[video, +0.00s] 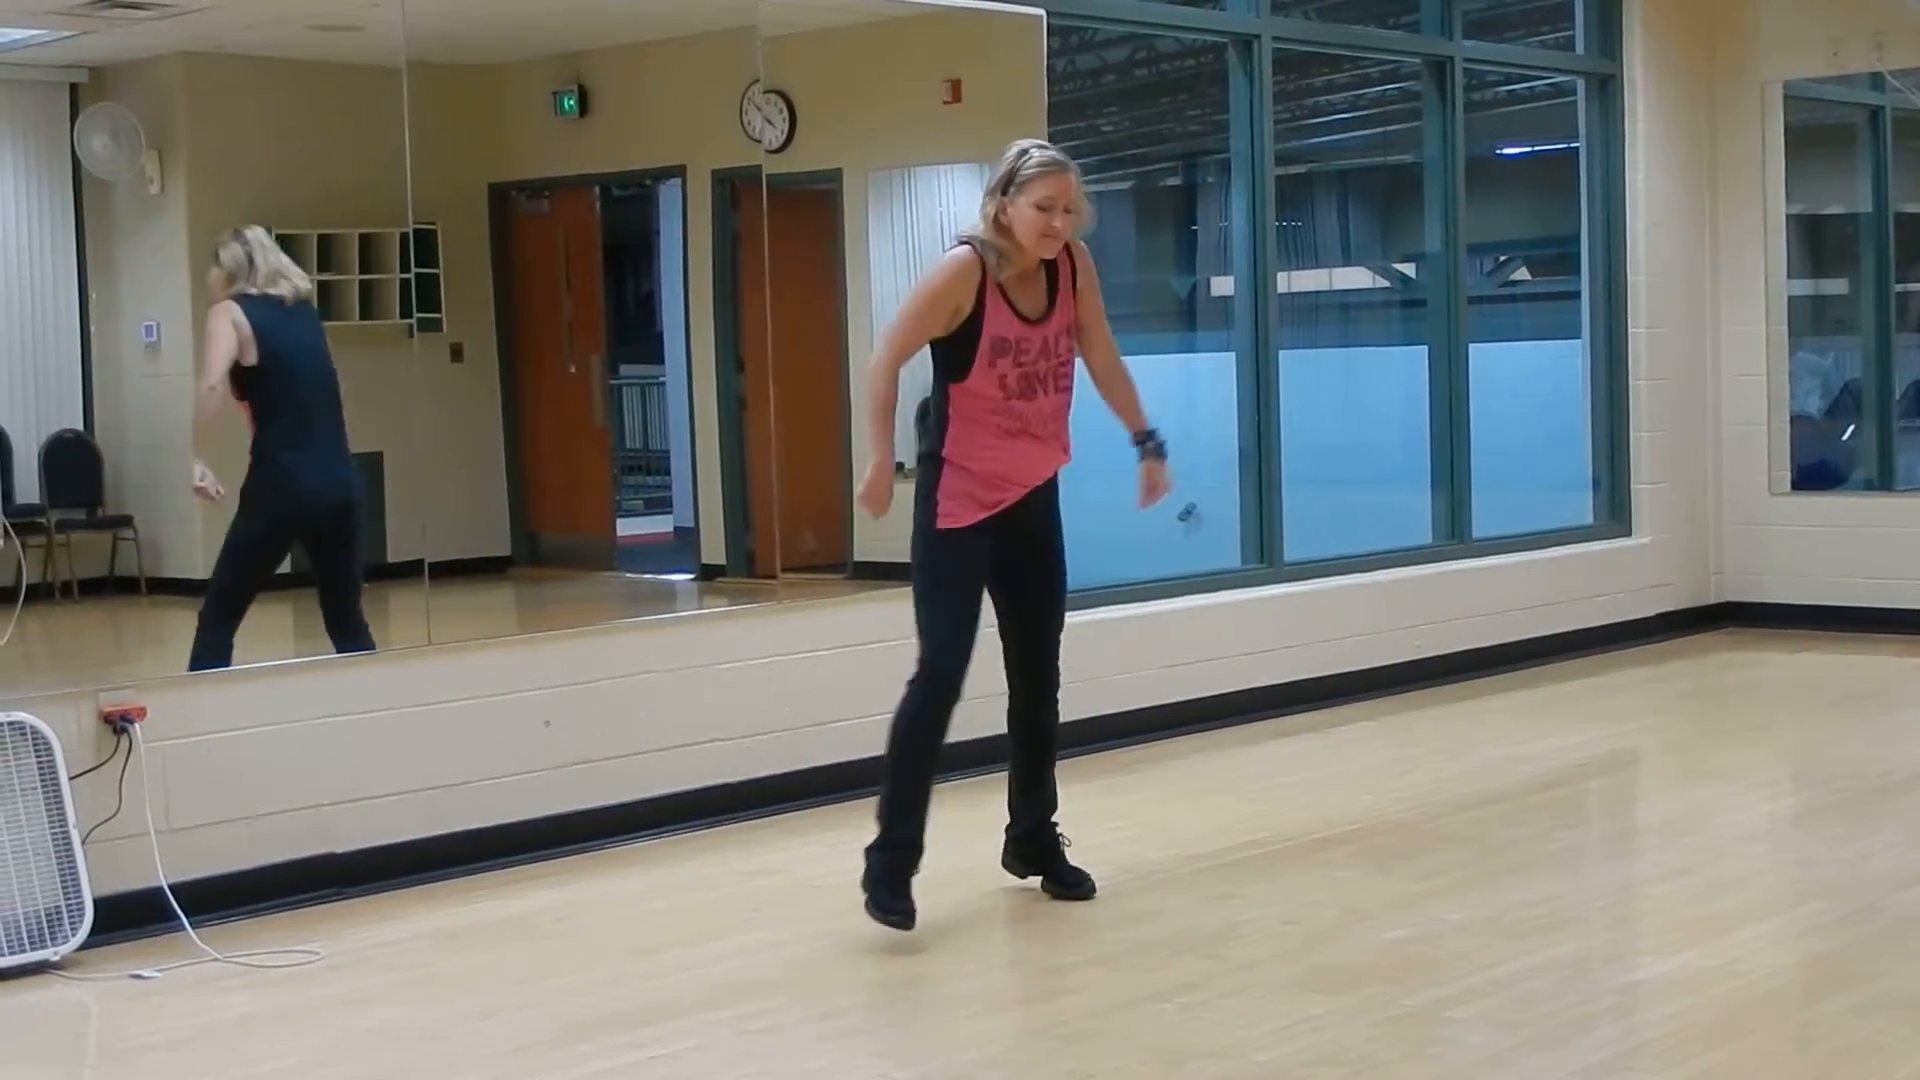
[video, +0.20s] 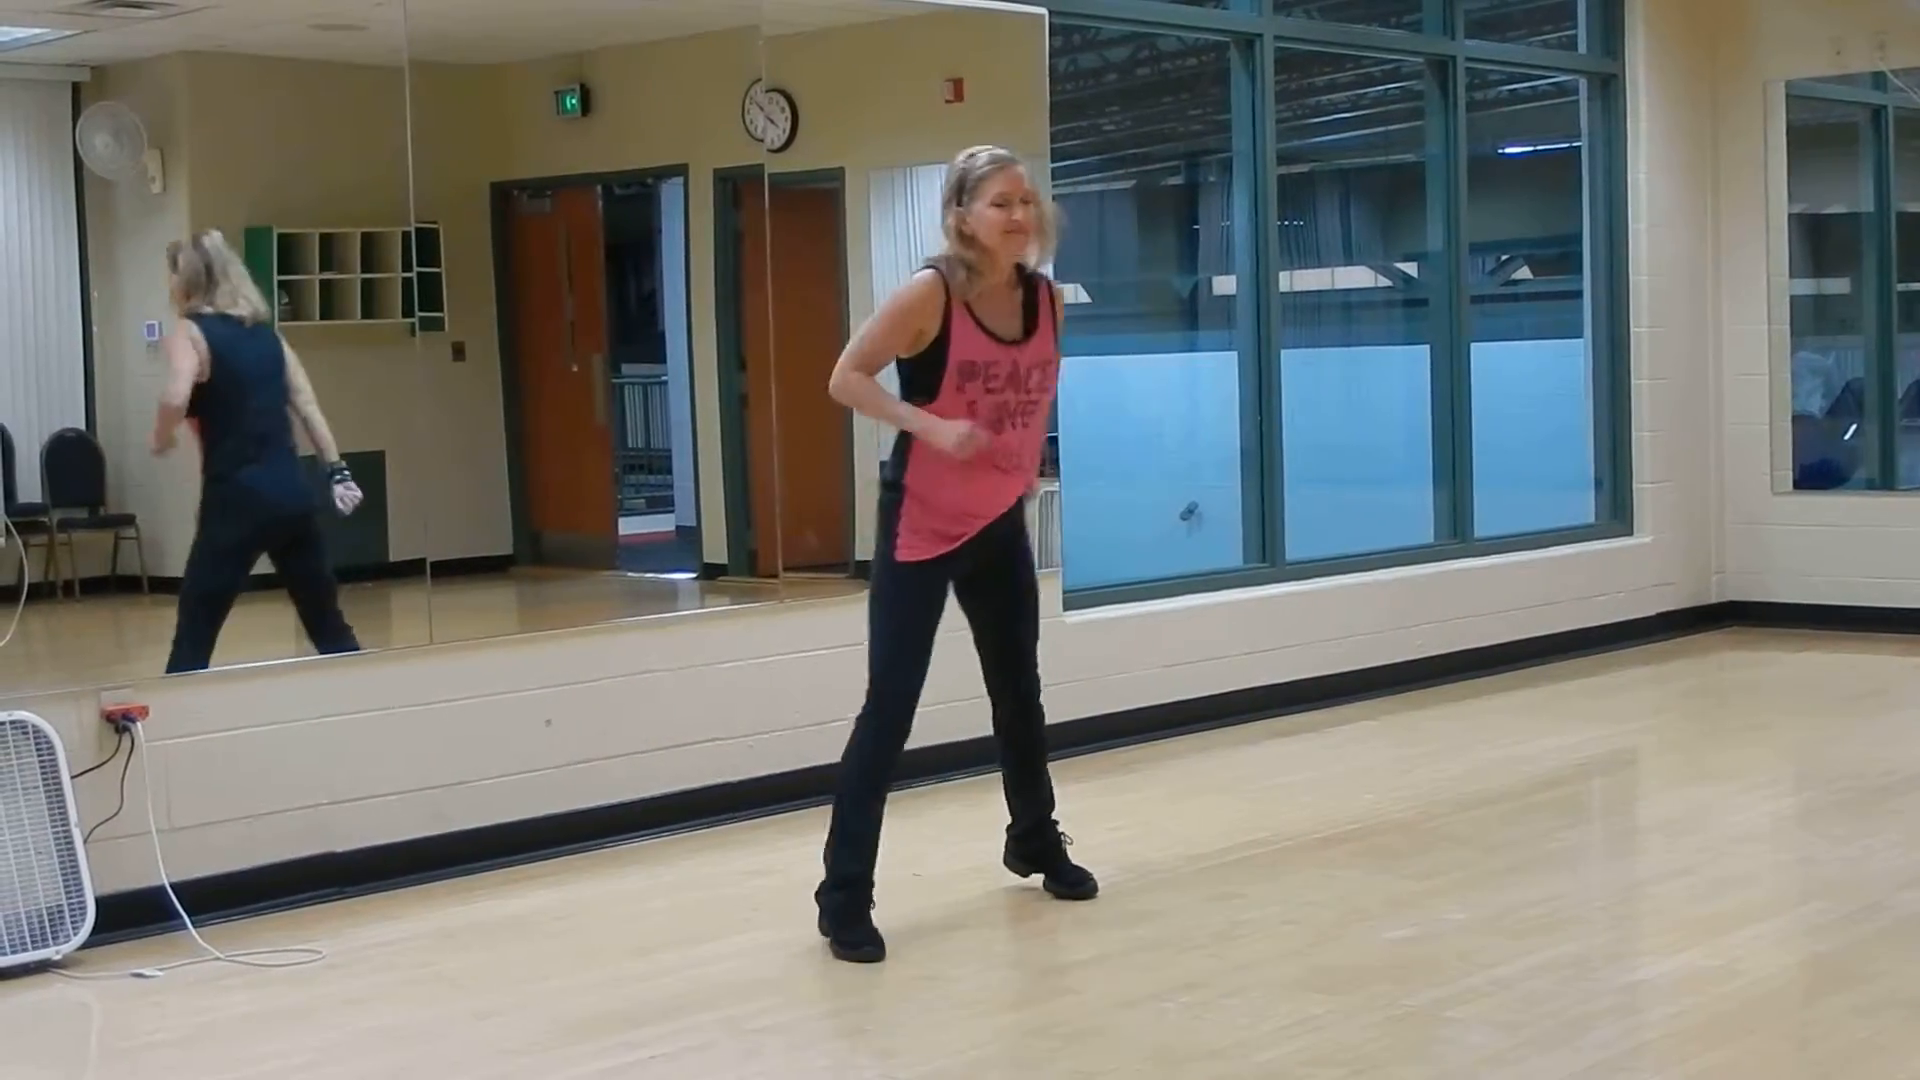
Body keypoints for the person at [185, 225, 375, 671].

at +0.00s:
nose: (212, 282)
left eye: (216, 273)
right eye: (212, 273)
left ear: (230, 271)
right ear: (274, 266)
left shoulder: (230, 311)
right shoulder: (305, 313)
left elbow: (214, 387)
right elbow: (320, 391)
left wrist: (198, 457)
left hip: (279, 488)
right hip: (337, 484)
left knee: (218, 620)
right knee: (347, 621)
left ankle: (199, 731)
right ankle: (384, 725)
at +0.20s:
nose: (170, 286)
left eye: (173, 275)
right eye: (171, 275)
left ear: (190, 278)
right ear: (228, 275)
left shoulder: (190, 332)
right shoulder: (269, 336)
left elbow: (176, 398)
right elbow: (306, 403)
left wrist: (162, 438)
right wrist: (336, 467)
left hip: (235, 501)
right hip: (291, 493)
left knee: (196, 630)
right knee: (325, 619)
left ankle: (171, 734)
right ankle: (373, 715)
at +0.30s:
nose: (148, 282)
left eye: (152, 273)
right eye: (150, 273)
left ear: (162, 280)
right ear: (210, 275)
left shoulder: (159, 339)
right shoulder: (243, 339)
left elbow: (145, 427)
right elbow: (287, 396)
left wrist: (107, 434)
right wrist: (309, 465)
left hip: (200, 505)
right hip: (260, 499)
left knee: (168, 643)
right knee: (293, 627)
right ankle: (357, 709)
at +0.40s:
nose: (125, 285)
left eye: (129, 276)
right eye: (127, 275)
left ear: (142, 281)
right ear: (189, 276)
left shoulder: (134, 343)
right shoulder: (225, 335)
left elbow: (110, 434)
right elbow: (280, 393)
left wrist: (66, 460)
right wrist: (276, 470)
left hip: (171, 511)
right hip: (233, 505)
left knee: (148, 649)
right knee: (233, 630)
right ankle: (303, 701)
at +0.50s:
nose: (111, 293)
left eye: (116, 284)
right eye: (112, 283)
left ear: (128, 290)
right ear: (175, 281)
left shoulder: (119, 351)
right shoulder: (216, 339)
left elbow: (77, 443)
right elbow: (271, 399)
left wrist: (35, 491)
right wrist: (241, 461)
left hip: (155, 517)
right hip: (216, 511)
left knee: (133, 644)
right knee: (174, 632)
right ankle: (240, 705)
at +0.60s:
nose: (101, 298)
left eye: (105, 289)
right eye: (102, 288)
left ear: (118, 295)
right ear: (166, 286)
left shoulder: (110, 358)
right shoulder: (211, 343)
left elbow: (71, 447)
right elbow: (245, 412)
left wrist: (33, 519)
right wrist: (189, 415)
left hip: (140, 523)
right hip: (202, 521)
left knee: (126, 649)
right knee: (142, 639)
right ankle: (197, 718)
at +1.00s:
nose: (60, 267)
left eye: (66, 258)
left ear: (73, 264)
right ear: (125, 262)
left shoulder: (80, 324)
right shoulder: (142, 314)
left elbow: (117, 398)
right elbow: (164, 398)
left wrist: (102, 481)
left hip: (134, 501)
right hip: (191, 492)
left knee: (74, 643)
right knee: (195, 640)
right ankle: (235, 752)